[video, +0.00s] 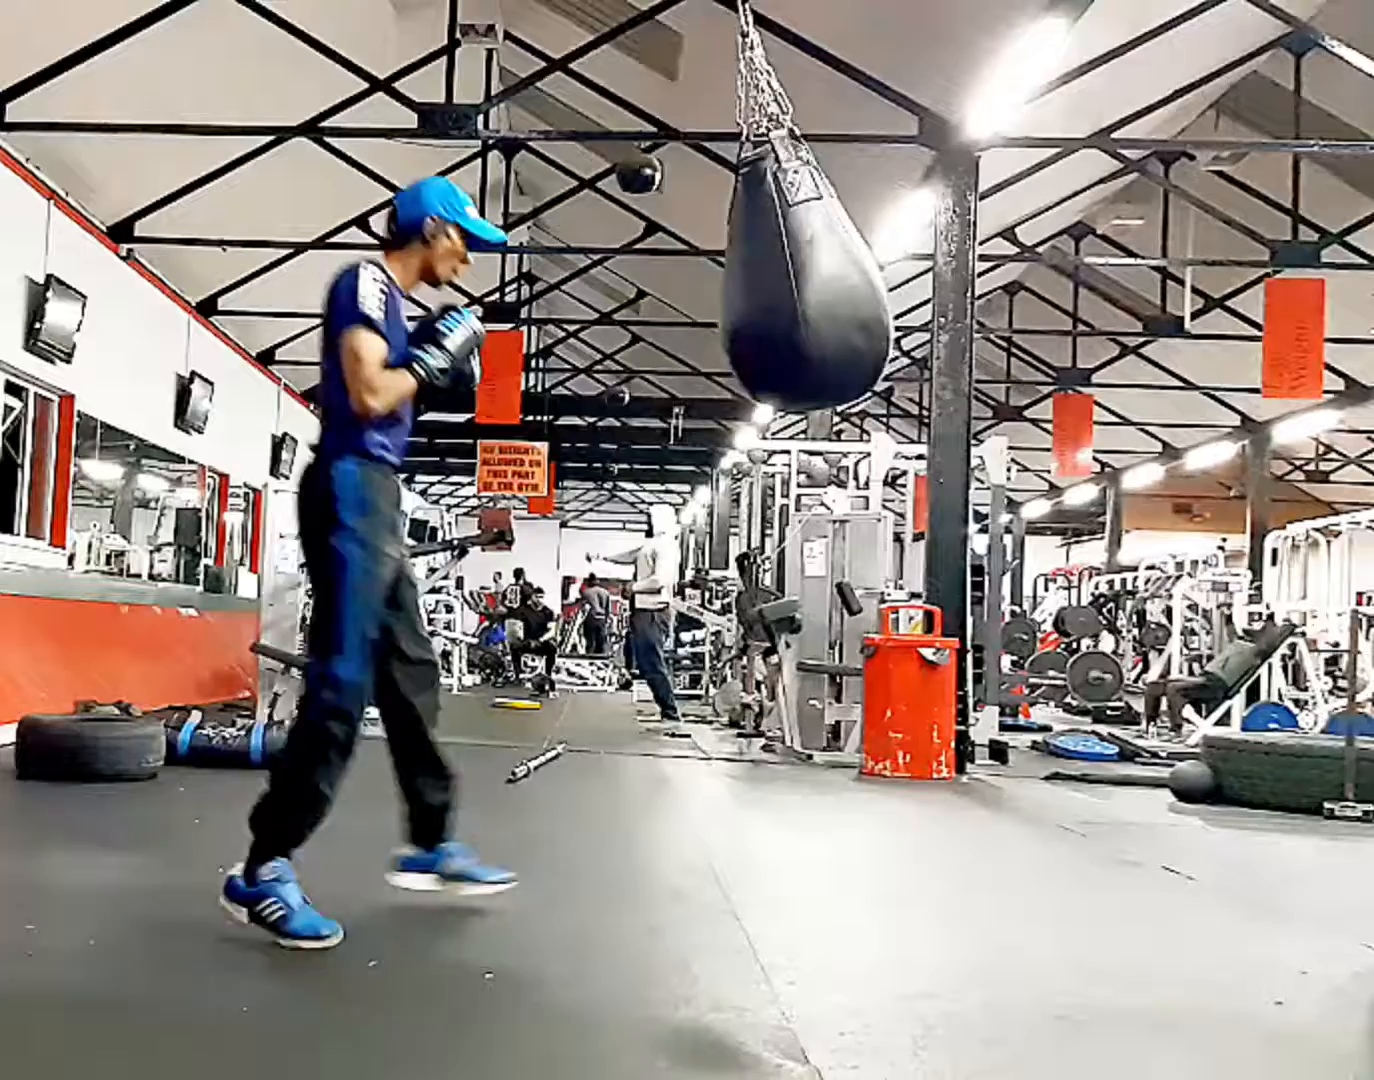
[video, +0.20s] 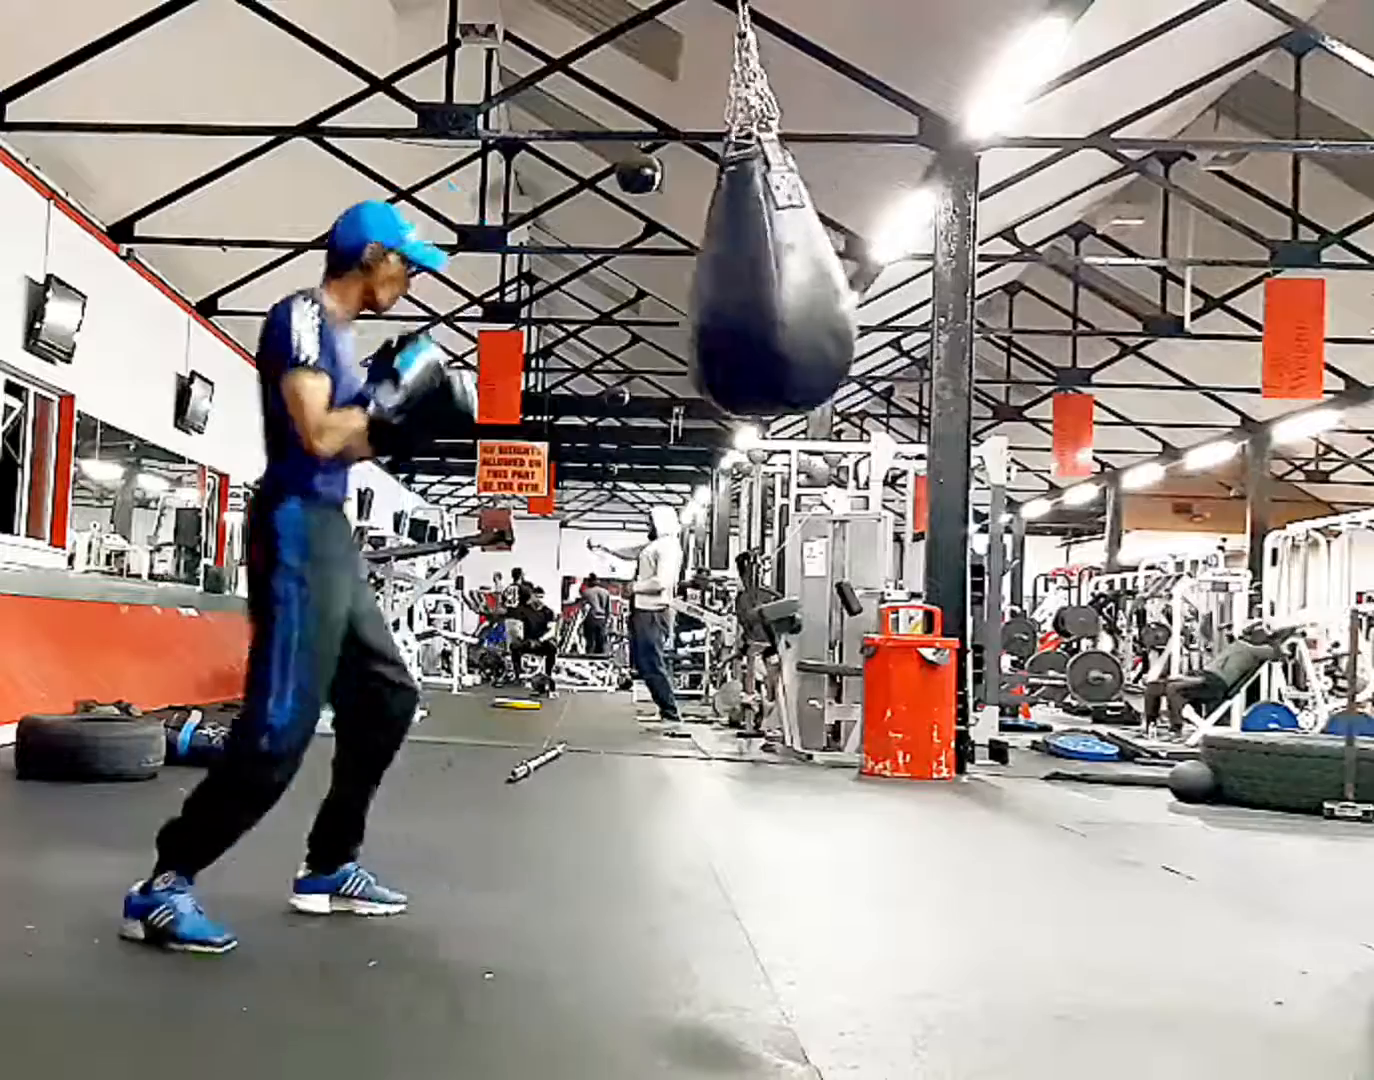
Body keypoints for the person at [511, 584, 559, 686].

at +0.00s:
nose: (539, 600)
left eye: (541, 597)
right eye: (537, 597)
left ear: (543, 598)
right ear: (531, 597)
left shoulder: (548, 613)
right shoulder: (522, 611)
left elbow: (552, 631)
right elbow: (516, 630)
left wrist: (540, 640)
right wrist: (524, 640)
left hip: (540, 640)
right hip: (526, 640)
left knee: (551, 648)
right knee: (515, 647)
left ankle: (548, 675)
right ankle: (518, 675)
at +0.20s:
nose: (539, 600)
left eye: (541, 597)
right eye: (537, 597)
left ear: (543, 598)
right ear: (532, 597)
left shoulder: (547, 612)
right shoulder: (523, 610)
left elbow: (552, 631)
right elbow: (514, 628)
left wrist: (540, 640)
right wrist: (522, 639)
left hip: (540, 641)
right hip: (526, 641)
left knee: (551, 649)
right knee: (515, 647)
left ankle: (548, 675)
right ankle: (517, 675)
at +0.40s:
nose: (538, 600)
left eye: (540, 597)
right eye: (535, 597)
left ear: (543, 598)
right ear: (530, 597)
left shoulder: (547, 612)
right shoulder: (520, 611)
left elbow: (552, 631)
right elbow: (515, 627)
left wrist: (540, 640)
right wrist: (521, 639)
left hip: (540, 642)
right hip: (526, 641)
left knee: (552, 649)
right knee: (515, 647)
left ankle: (548, 675)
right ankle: (518, 675)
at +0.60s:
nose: (539, 600)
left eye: (540, 597)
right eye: (536, 597)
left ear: (543, 598)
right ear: (531, 597)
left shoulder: (548, 612)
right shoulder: (521, 610)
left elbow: (552, 630)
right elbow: (517, 627)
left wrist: (541, 640)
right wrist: (523, 638)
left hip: (540, 640)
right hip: (526, 639)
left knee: (552, 648)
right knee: (515, 646)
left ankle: (548, 674)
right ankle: (517, 674)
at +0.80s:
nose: (539, 602)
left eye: (541, 599)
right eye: (536, 599)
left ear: (544, 599)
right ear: (531, 599)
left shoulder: (549, 612)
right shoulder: (523, 611)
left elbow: (554, 630)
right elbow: (517, 627)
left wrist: (541, 640)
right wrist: (525, 639)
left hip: (542, 640)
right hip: (527, 639)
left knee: (552, 648)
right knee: (516, 645)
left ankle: (548, 674)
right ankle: (517, 673)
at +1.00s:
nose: (542, 606)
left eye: (544, 603)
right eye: (539, 603)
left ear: (546, 602)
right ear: (533, 601)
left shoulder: (550, 614)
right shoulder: (525, 613)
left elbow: (556, 632)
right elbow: (516, 629)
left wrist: (542, 640)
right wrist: (526, 639)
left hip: (543, 641)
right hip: (529, 640)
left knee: (553, 649)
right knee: (517, 647)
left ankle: (547, 675)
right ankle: (518, 674)